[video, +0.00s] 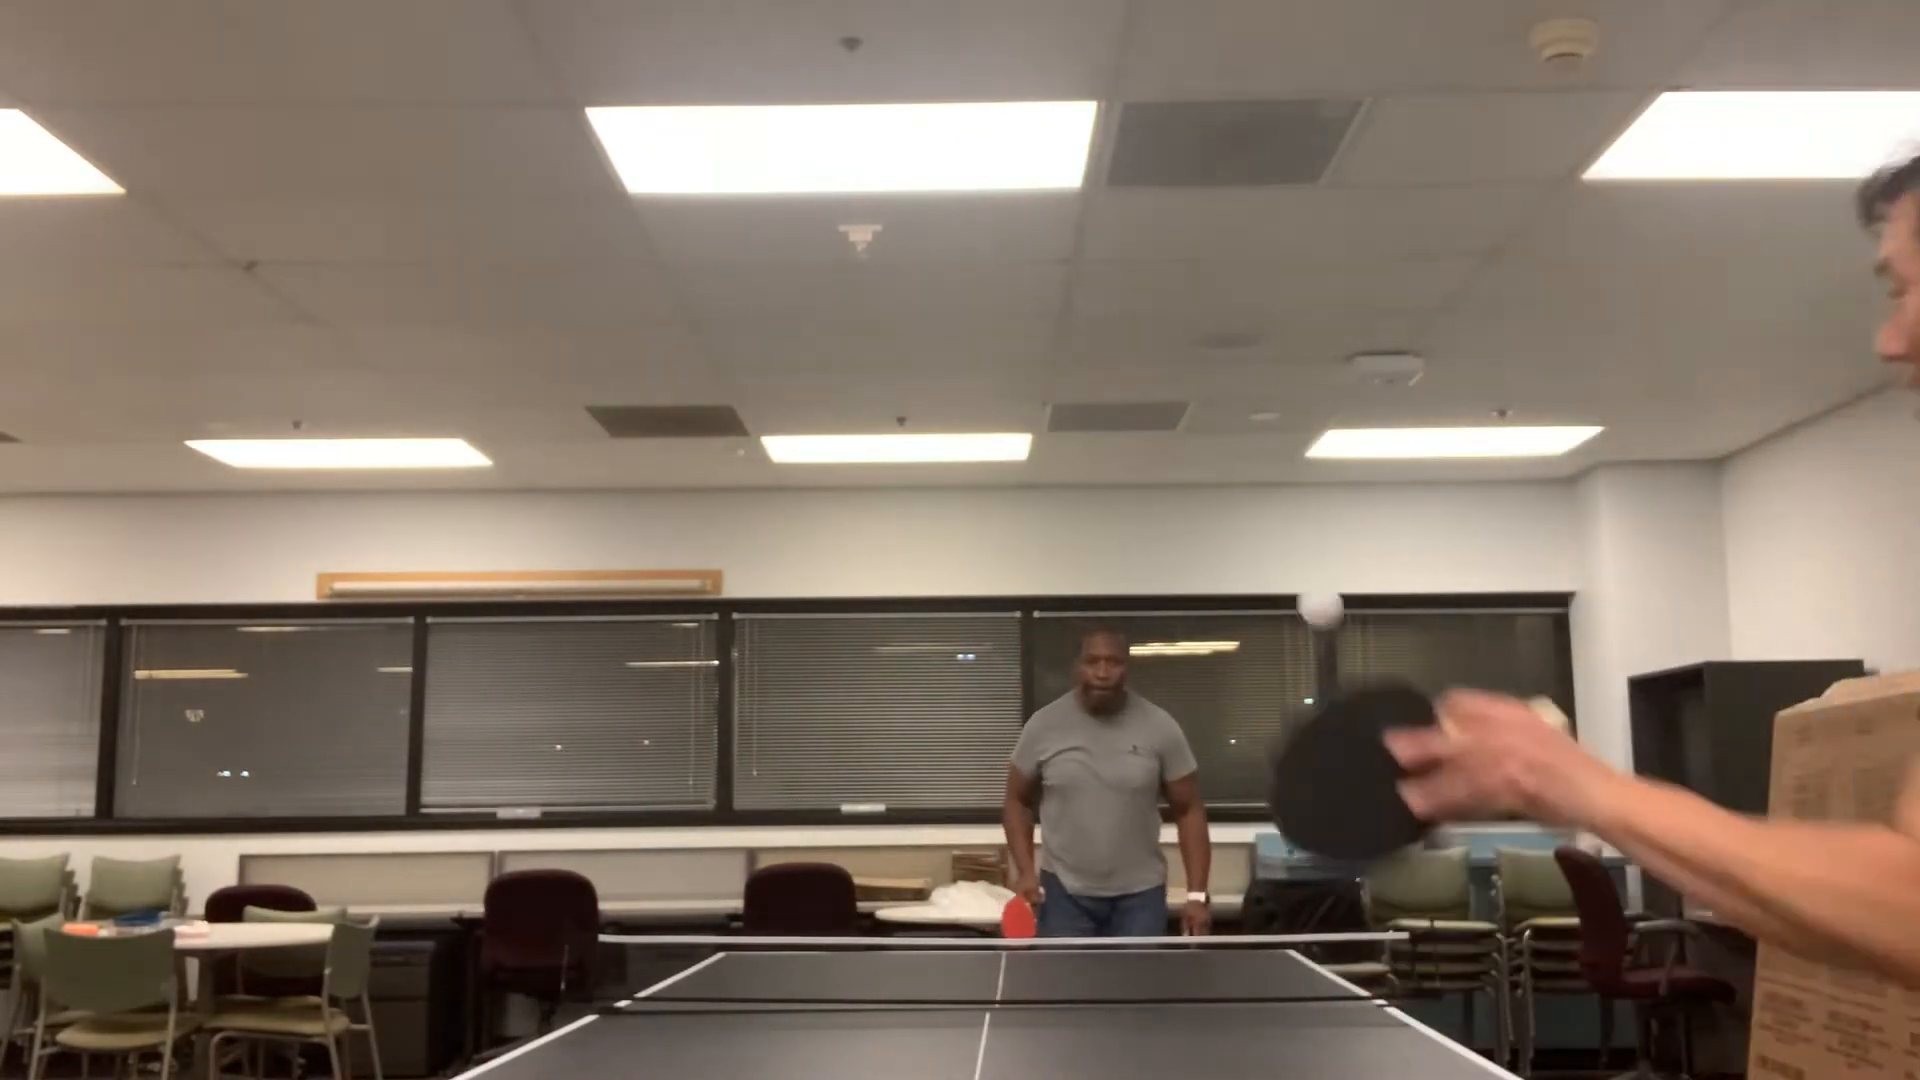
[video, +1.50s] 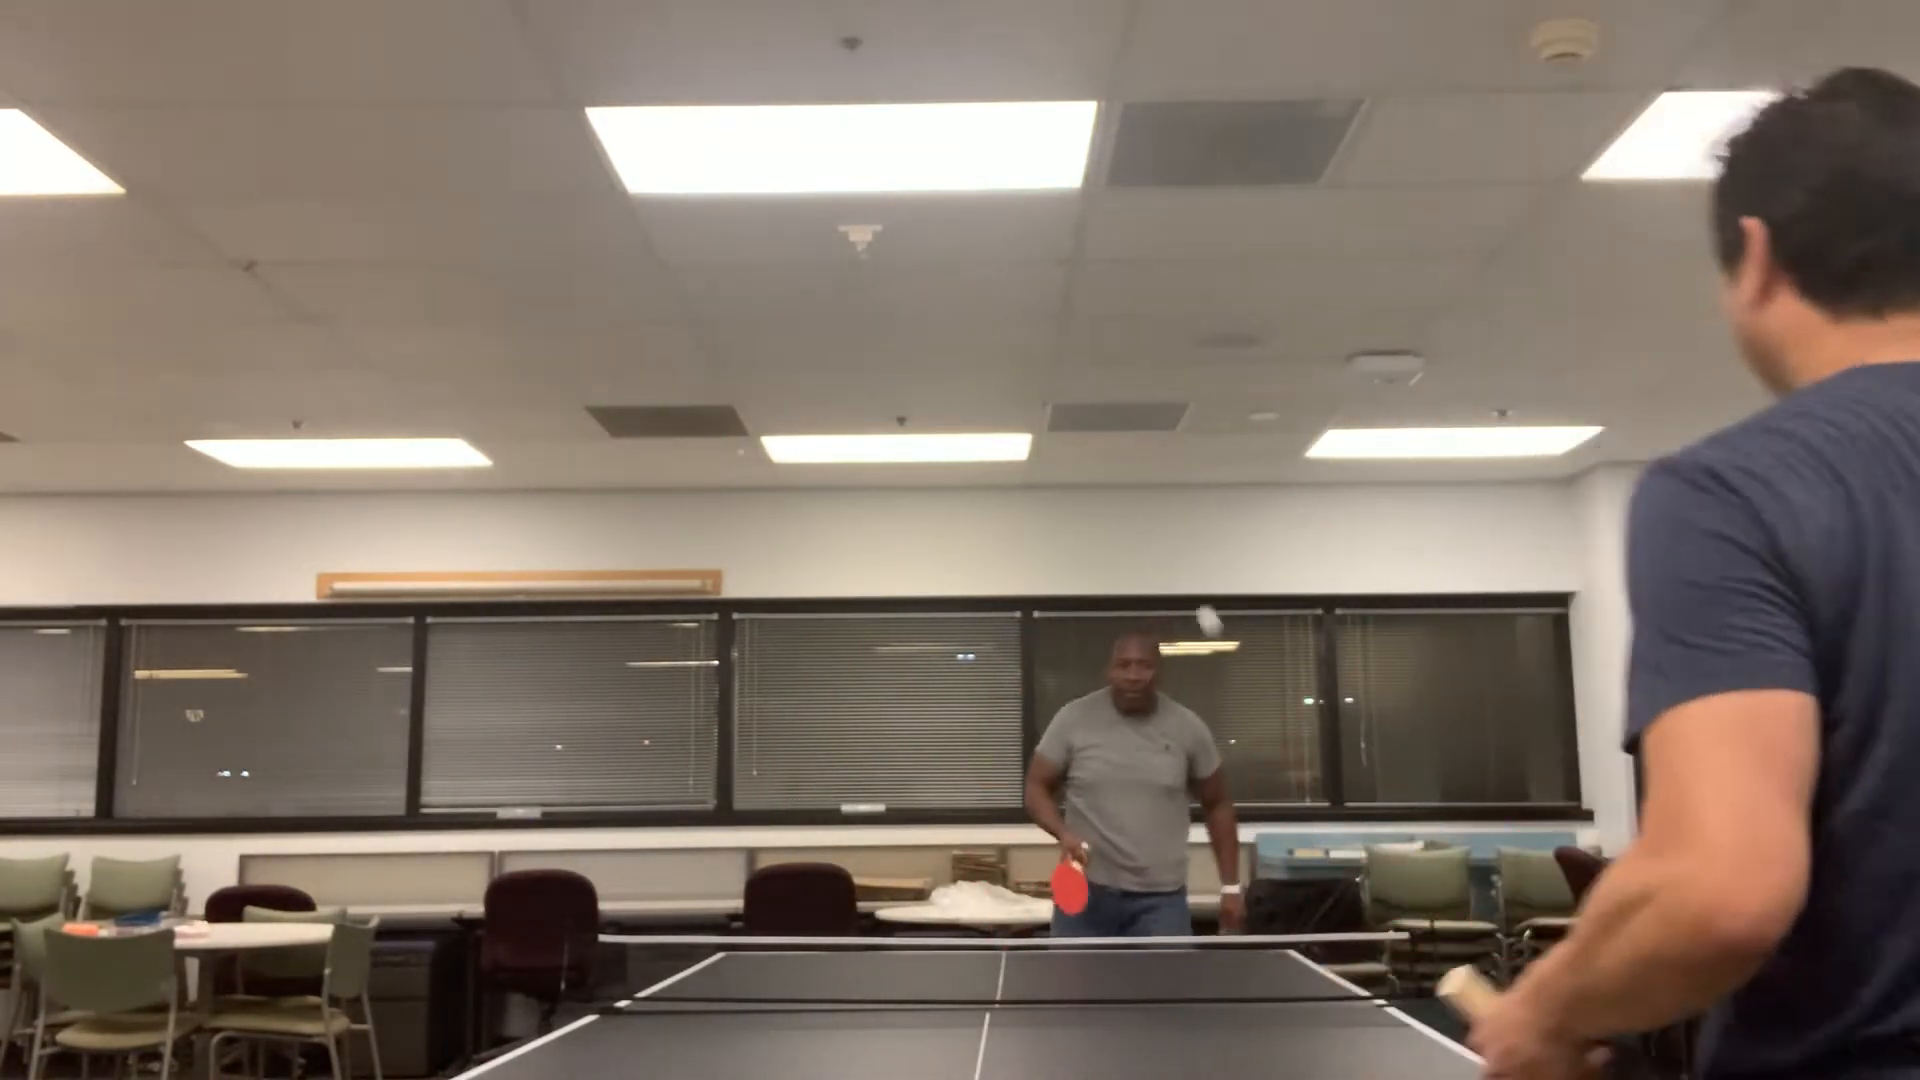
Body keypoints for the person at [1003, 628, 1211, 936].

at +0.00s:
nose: (1102, 673)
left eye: (1113, 662)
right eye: (1092, 662)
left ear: (1127, 668)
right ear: (1077, 667)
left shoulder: (1160, 728)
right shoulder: (1043, 725)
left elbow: (1189, 810)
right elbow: (1017, 801)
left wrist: (1197, 896)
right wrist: (1026, 873)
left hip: (1140, 895)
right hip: (1065, 893)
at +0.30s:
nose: (1100, 671)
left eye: (1110, 660)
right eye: (1090, 660)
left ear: (1124, 665)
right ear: (1075, 667)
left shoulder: (1162, 723)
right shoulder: (1047, 728)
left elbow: (1201, 802)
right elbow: (1020, 803)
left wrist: (1214, 885)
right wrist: (1037, 873)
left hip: (1147, 894)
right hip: (1074, 894)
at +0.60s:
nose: (1089, 693)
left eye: (1099, 682)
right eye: (1080, 683)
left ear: (1116, 682)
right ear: (1068, 685)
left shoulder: (1159, 735)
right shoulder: (1041, 740)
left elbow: (1194, 812)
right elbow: (1024, 811)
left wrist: (1215, 895)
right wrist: (1030, 878)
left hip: (1151, 904)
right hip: (1071, 905)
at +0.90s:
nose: (1118, 679)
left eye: (1129, 670)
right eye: (1112, 668)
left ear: (1158, 665)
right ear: (1106, 661)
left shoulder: (1202, 694)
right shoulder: (1092, 692)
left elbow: (1261, 755)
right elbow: (1051, 746)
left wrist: (1305, 833)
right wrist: (1025, 778)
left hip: (1183, 879)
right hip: (1108, 878)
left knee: (1186, 993)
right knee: (1095, 990)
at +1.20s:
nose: (1150, 668)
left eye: (1162, 659)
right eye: (1143, 657)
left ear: (1186, 662)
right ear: (1133, 656)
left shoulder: (1220, 703)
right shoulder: (1110, 691)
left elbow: (1286, 760)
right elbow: (1056, 744)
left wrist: (1340, 826)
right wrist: (1045, 766)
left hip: (1187, 884)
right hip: (1112, 878)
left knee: (1186, 1007)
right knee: (1094, 994)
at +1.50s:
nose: (1133, 675)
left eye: (1143, 665)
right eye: (1123, 665)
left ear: (1157, 671)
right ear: (1108, 671)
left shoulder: (1188, 728)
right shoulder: (1073, 720)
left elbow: (1218, 805)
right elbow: (1035, 788)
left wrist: (1231, 888)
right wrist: (1063, 834)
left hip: (1161, 899)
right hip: (1086, 896)